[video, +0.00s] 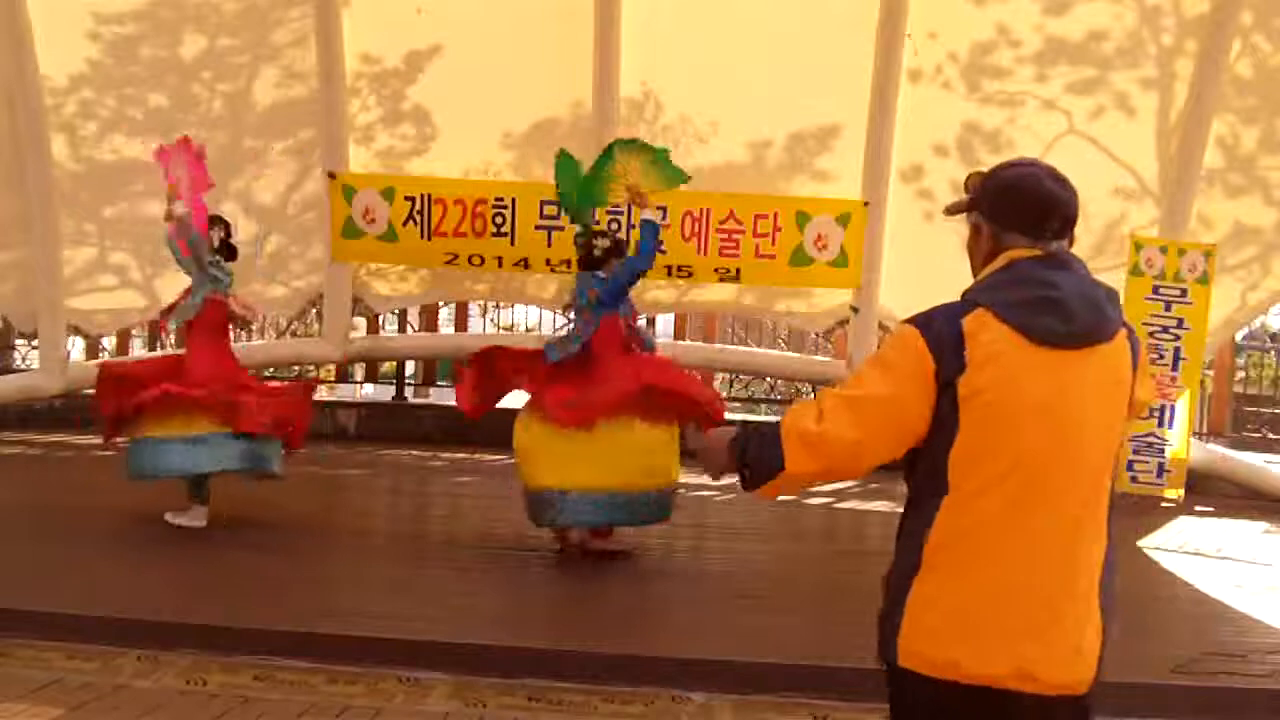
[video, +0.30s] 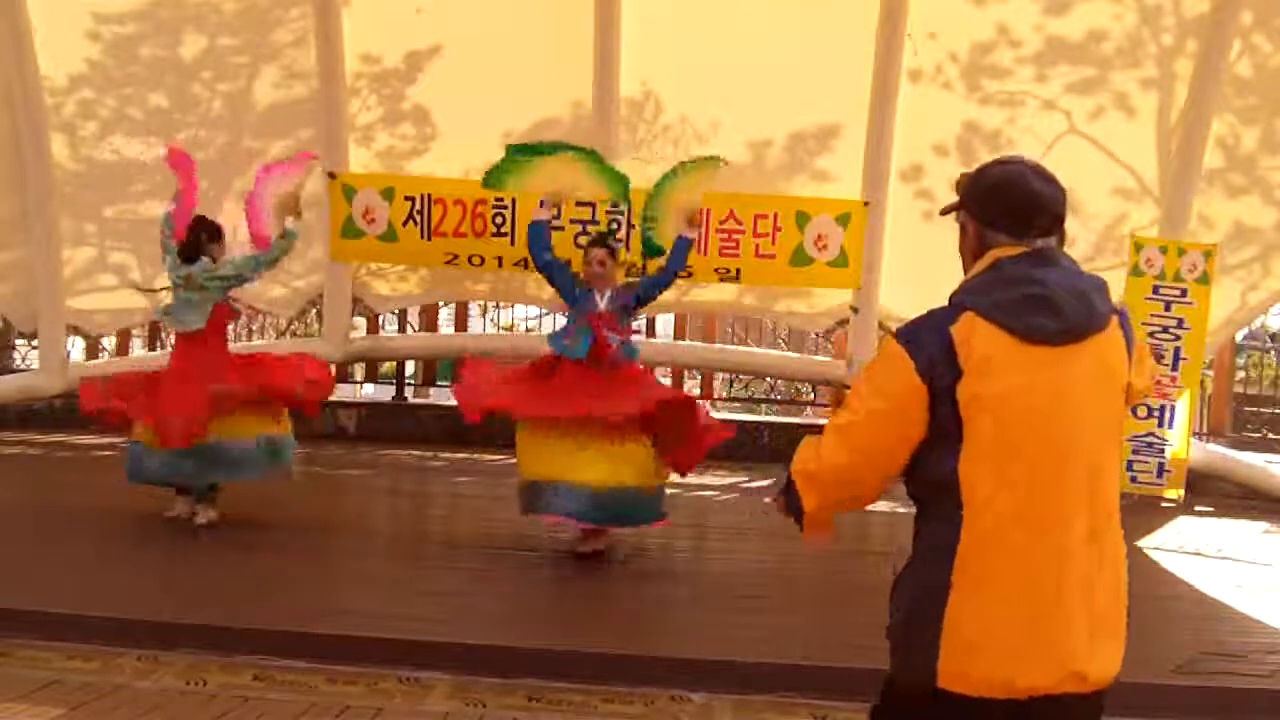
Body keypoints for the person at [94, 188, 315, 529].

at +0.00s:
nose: (204, 233)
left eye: (209, 228)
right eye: (204, 228)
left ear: (219, 235)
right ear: (213, 235)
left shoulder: (214, 273)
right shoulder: (209, 274)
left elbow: (194, 244)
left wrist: (180, 215)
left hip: (207, 364)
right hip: (209, 362)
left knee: (198, 433)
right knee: (200, 432)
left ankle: (198, 506)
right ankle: (197, 503)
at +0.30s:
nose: (224, 248)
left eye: (221, 243)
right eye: (221, 243)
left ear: (190, 244)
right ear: (213, 246)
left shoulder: (179, 272)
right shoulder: (219, 276)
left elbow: (169, 241)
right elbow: (263, 261)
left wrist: (171, 211)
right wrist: (289, 225)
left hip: (182, 358)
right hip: (213, 359)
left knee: (184, 424)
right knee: (213, 427)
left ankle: (183, 496)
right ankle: (206, 501)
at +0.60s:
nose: (203, 247)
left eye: (209, 241)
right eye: (197, 241)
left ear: (218, 244)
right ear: (189, 246)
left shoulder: (228, 274)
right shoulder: (180, 275)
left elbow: (262, 253)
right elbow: (142, 257)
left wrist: (289, 223)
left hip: (217, 354)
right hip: (186, 354)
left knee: (212, 425)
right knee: (186, 426)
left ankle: (200, 498)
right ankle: (188, 502)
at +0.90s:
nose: (189, 236)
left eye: (195, 231)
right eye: (192, 231)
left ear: (207, 235)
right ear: (209, 236)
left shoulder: (199, 266)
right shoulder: (212, 267)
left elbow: (161, 252)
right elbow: (169, 253)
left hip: (190, 352)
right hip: (205, 350)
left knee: (181, 420)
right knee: (191, 419)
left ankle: (183, 502)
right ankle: (190, 498)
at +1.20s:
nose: (212, 251)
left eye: (210, 245)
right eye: (210, 246)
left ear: (179, 244)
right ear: (201, 247)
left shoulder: (168, 274)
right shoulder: (202, 281)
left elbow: (163, 250)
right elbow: (254, 285)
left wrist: (168, 221)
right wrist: (286, 251)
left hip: (171, 362)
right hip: (199, 366)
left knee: (177, 431)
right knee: (195, 432)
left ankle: (172, 502)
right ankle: (175, 504)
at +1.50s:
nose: (214, 253)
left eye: (215, 247)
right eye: (208, 247)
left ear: (211, 250)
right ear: (188, 250)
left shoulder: (215, 286)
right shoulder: (179, 280)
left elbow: (255, 298)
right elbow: (148, 291)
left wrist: (298, 294)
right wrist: (150, 251)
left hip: (201, 365)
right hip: (177, 365)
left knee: (190, 430)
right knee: (176, 429)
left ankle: (168, 499)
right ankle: (154, 494)